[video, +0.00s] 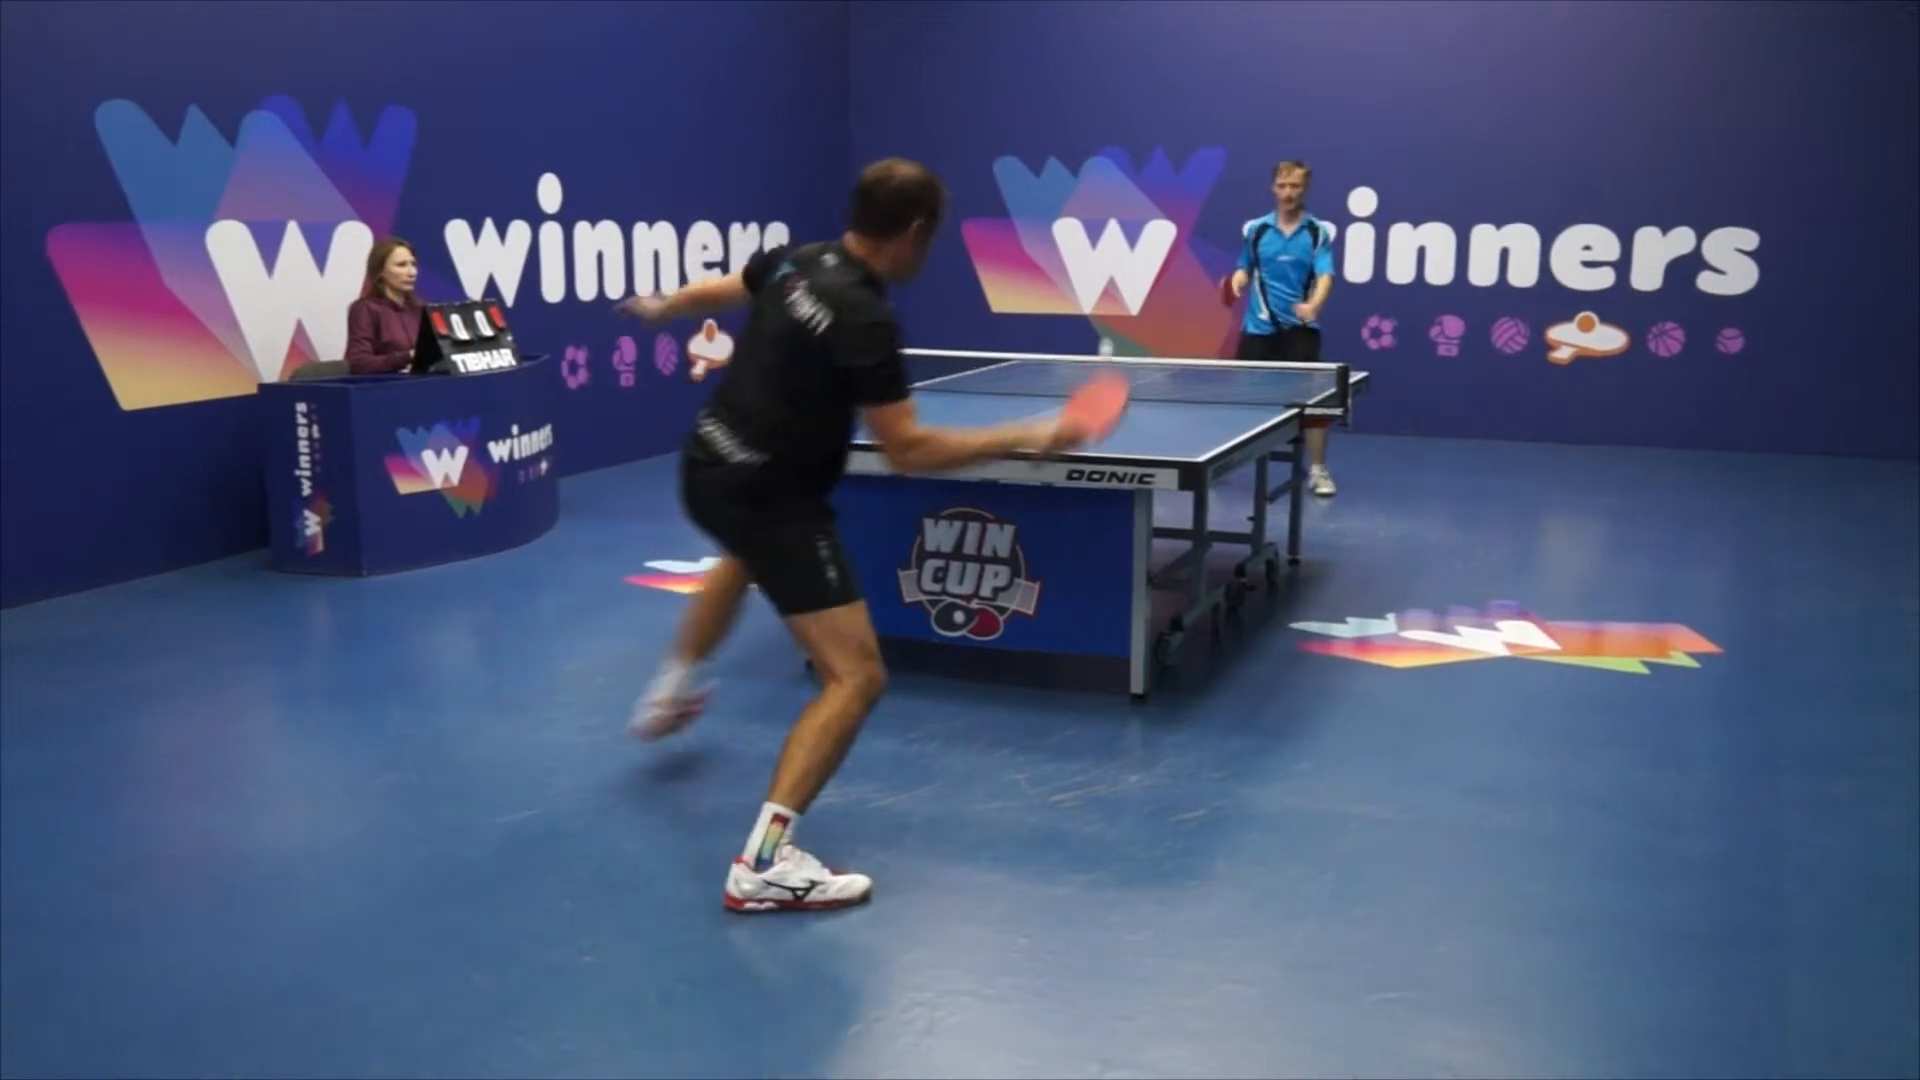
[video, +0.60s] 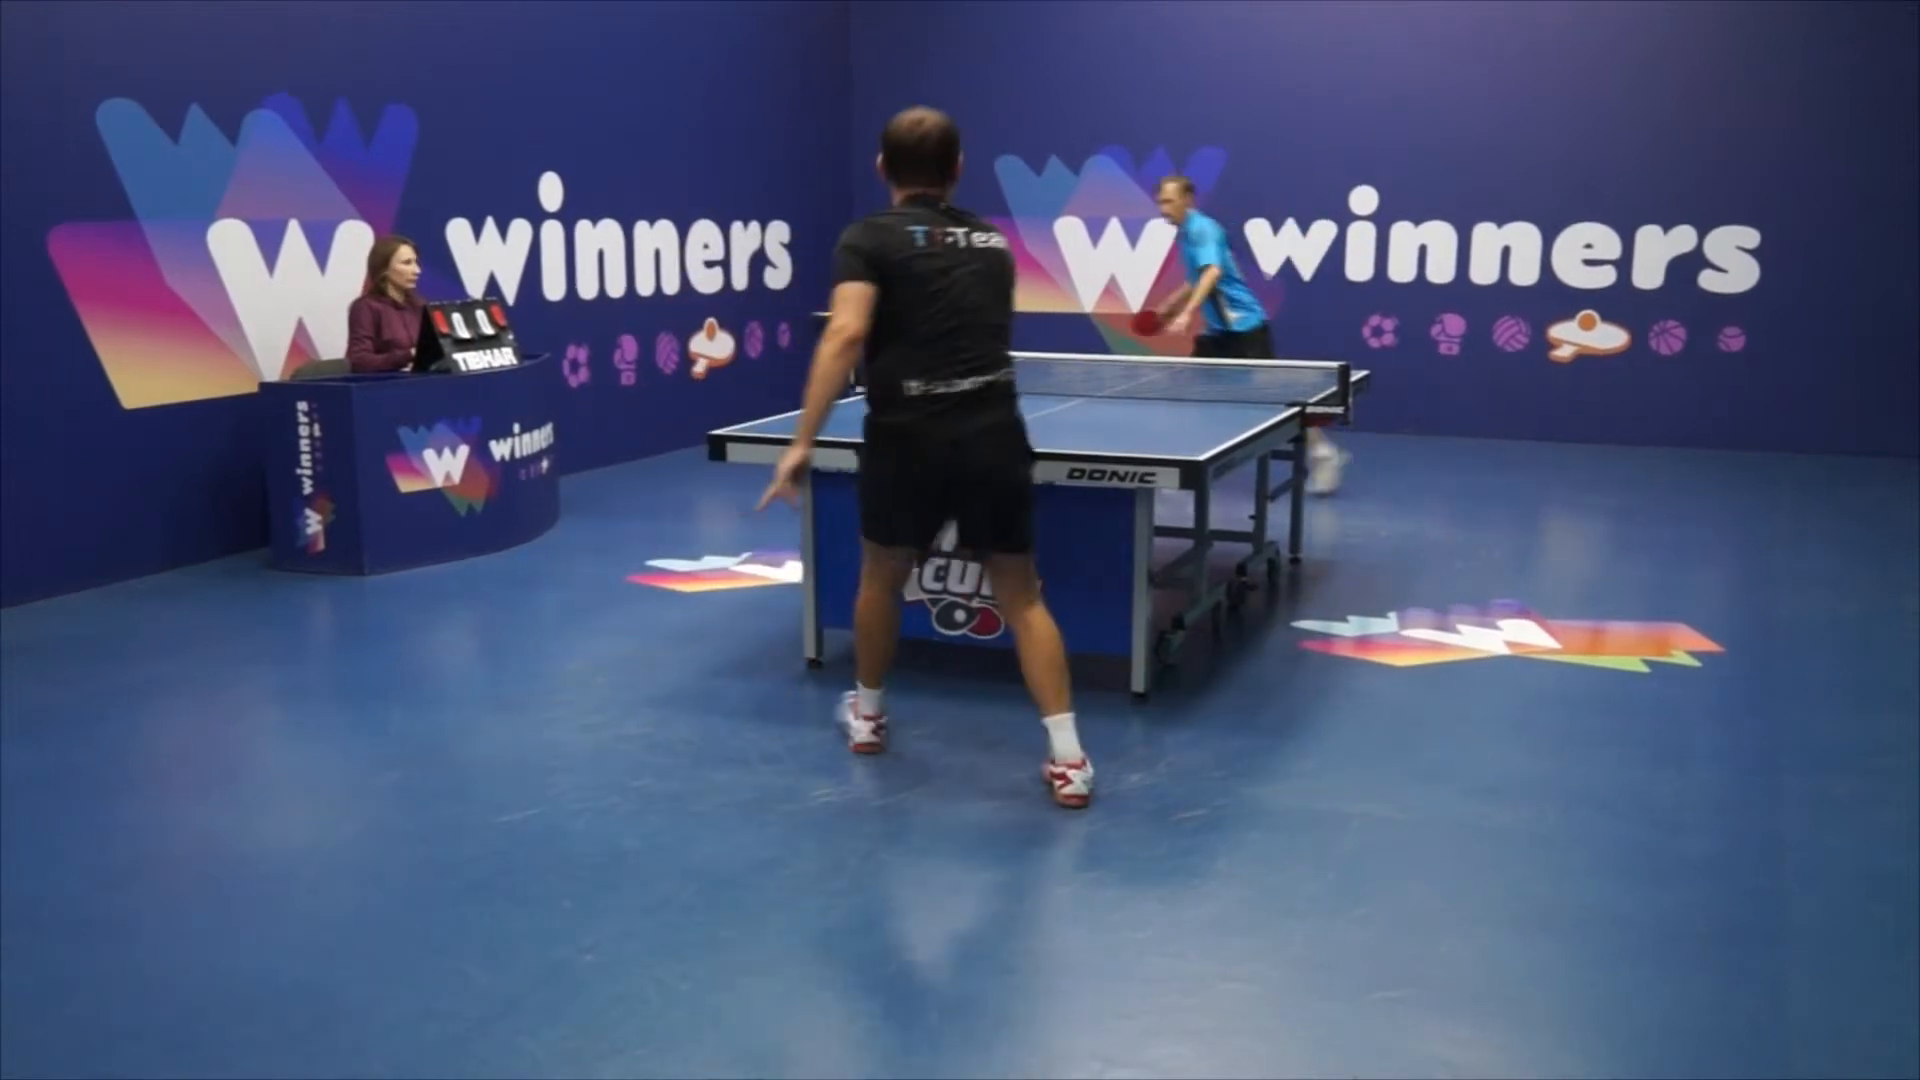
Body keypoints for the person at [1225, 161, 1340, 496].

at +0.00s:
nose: (1288, 192)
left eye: (1295, 186)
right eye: (1283, 185)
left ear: (1305, 190)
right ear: (1273, 188)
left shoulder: (1319, 232)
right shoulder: (1255, 229)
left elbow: (1325, 275)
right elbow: (1245, 268)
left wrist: (1314, 304)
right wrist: (1236, 283)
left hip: (1300, 329)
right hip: (1258, 329)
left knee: (1314, 397)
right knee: (1245, 393)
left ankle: (1317, 467)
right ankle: (1225, 462)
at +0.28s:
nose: (1271, 197)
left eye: (1278, 191)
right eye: (1267, 191)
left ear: (1288, 192)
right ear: (1258, 191)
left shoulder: (1305, 229)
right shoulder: (1250, 232)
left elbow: (1321, 275)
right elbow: (1240, 281)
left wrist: (1286, 302)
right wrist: (1225, 292)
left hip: (1305, 330)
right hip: (1264, 331)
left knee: (1330, 401)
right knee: (1237, 391)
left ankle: (1357, 467)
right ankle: (1215, 463)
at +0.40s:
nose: (1241, 217)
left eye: (1248, 210)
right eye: (1236, 210)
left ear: (1262, 210)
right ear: (1231, 213)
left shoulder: (1276, 241)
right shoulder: (1242, 249)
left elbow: (1277, 290)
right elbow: (1249, 296)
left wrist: (1230, 314)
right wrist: (1222, 328)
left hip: (1298, 341)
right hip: (1260, 339)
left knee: (1330, 408)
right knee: (1224, 394)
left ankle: (1366, 468)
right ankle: (1205, 465)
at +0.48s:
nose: (1208, 216)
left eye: (1214, 209)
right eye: (1204, 210)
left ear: (1231, 209)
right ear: (1200, 212)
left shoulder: (1241, 237)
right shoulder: (1223, 241)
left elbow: (1240, 282)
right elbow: (1238, 285)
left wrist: (1202, 319)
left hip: (1280, 342)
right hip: (1246, 340)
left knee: (1318, 404)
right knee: (1204, 391)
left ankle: (1363, 462)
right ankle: (1193, 461)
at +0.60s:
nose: (1163, 208)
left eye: (1169, 202)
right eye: (1160, 203)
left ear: (1187, 200)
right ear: (1162, 205)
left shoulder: (1202, 228)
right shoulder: (1185, 233)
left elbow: (1213, 271)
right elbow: (1194, 283)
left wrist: (1186, 313)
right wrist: (1164, 312)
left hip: (1246, 329)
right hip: (1216, 332)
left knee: (1269, 396)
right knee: (1192, 396)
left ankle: (1321, 452)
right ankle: (1183, 463)